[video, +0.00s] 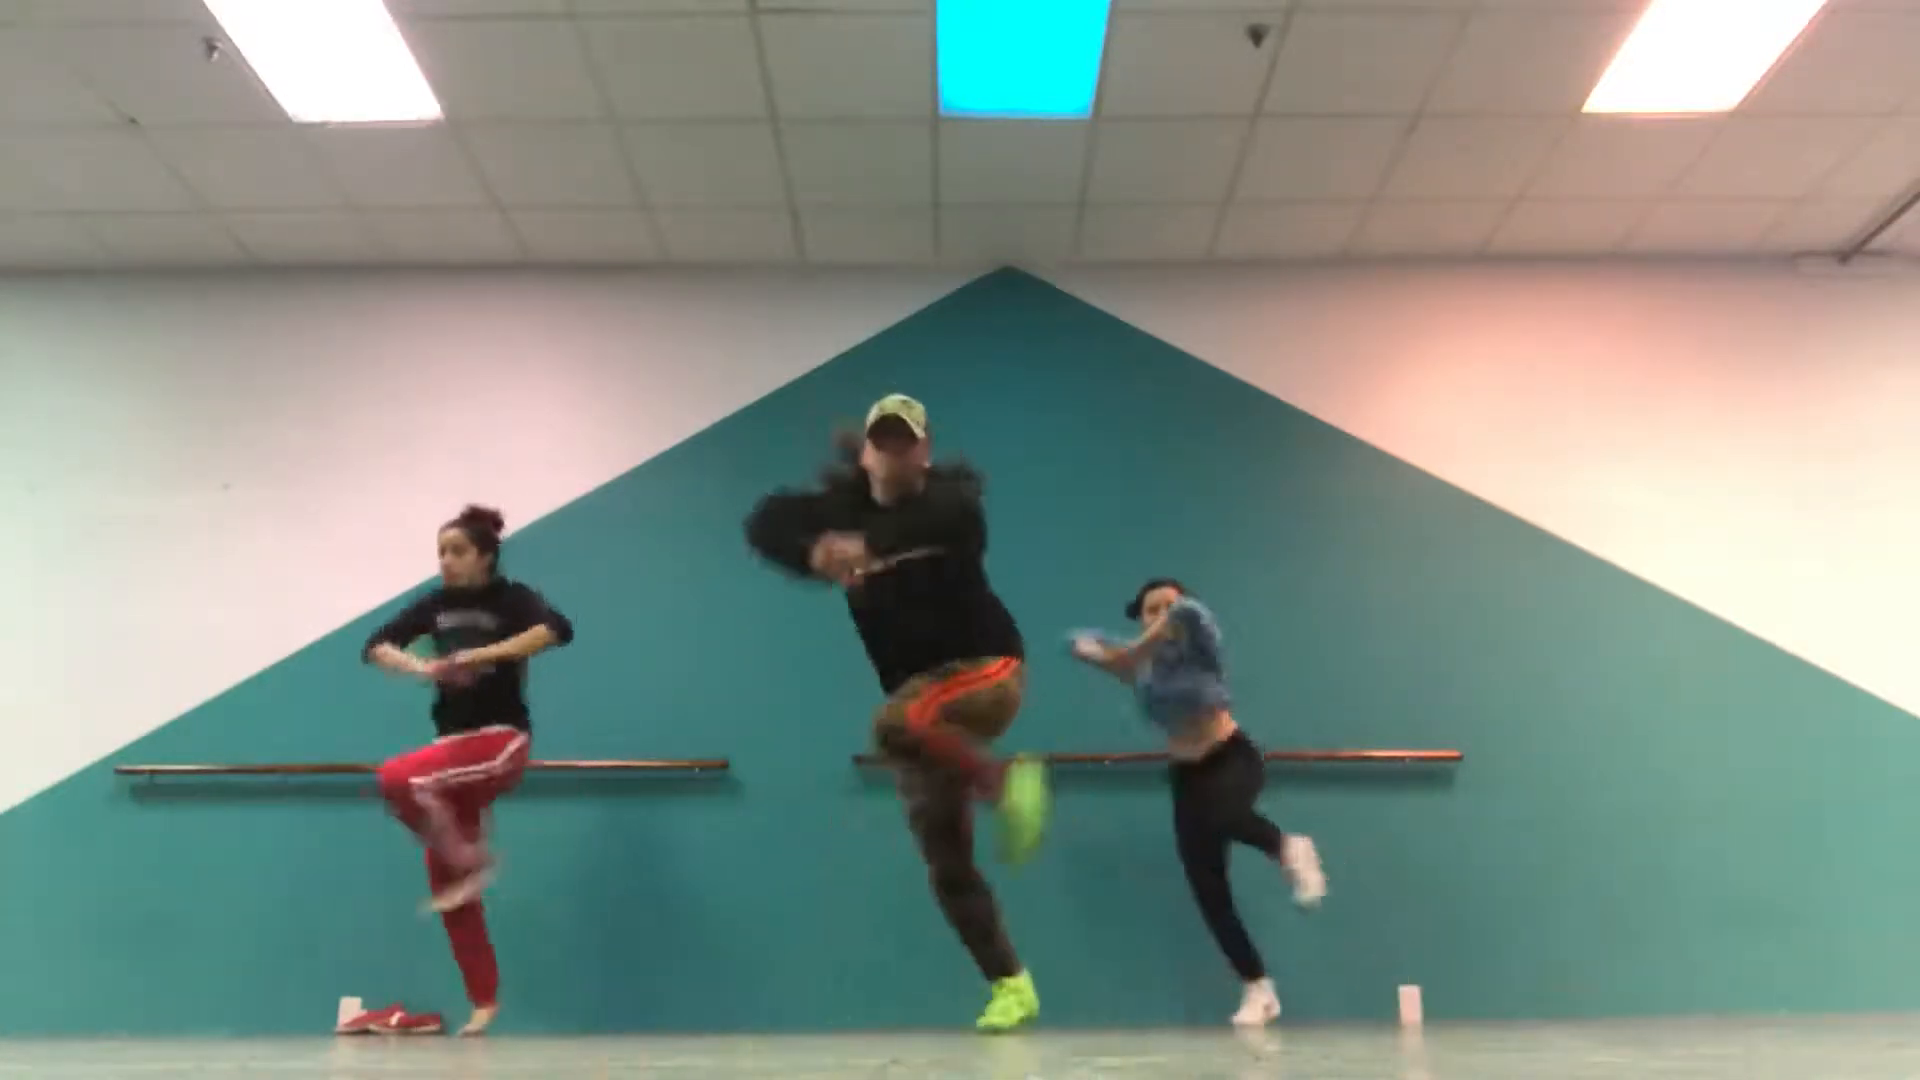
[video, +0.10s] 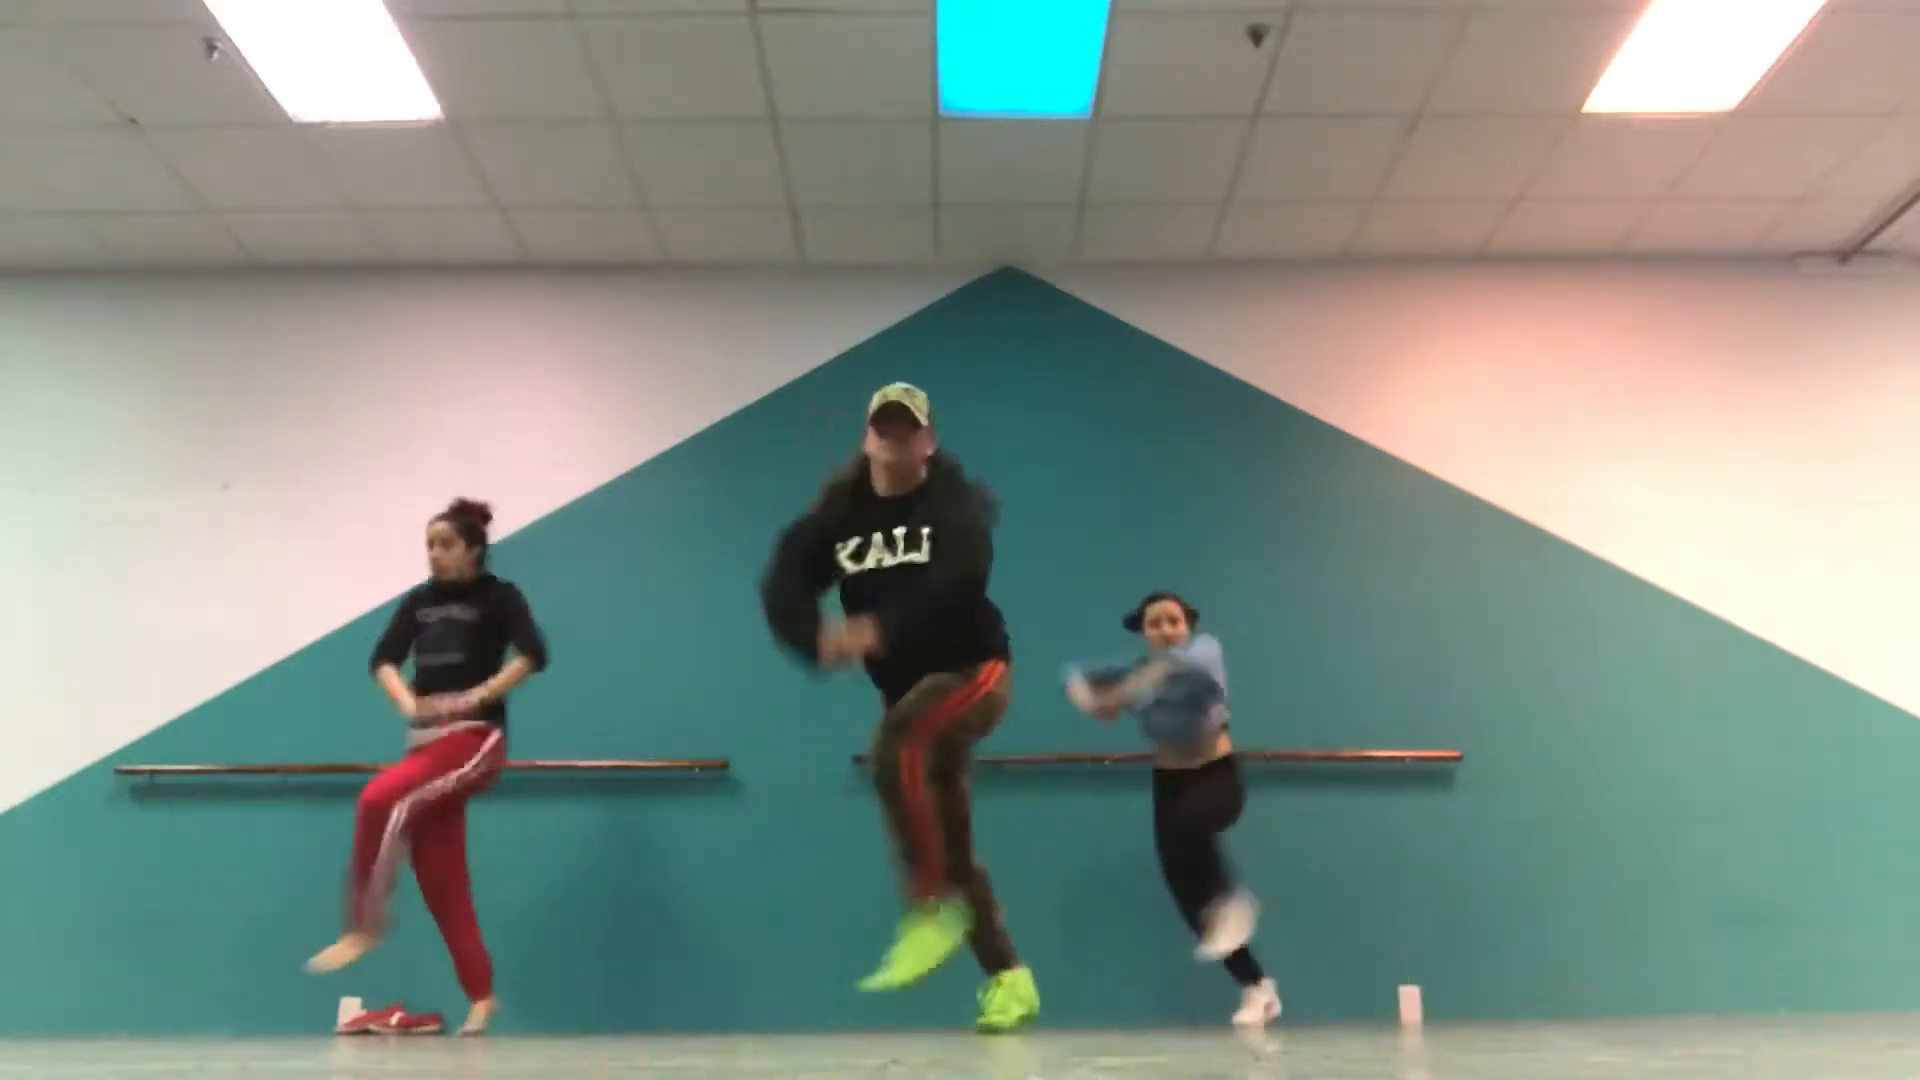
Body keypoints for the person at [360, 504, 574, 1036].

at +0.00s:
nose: (444, 561)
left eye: (454, 551)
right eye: (441, 552)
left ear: (484, 555)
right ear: (442, 556)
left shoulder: (511, 597)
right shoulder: (436, 603)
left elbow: (557, 630)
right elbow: (376, 647)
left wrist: (482, 656)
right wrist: (421, 667)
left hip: (503, 739)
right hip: (452, 745)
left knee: (400, 777)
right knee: (451, 879)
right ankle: (484, 998)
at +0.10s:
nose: (434, 554)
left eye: (444, 544)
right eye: (430, 544)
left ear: (474, 548)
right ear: (427, 549)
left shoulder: (500, 596)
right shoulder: (419, 600)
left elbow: (532, 655)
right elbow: (383, 662)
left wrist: (479, 695)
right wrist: (411, 705)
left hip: (476, 738)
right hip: (425, 741)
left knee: (379, 800)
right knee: (443, 877)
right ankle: (482, 994)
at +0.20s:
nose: (419, 562)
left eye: (429, 553)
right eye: (415, 553)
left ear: (460, 559)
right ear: (413, 558)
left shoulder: (481, 613)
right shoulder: (398, 615)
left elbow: (494, 686)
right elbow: (379, 685)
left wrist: (458, 738)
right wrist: (390, 744)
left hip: (445, 755)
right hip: (402, 753)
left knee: (361, 844)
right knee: (427, 884)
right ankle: (482, 993)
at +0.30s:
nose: (399, 587)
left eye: (411, 578)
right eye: (396, 577)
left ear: (439, 586)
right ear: (392, 582)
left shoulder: (452, 643)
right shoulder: (365, 638)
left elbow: (462, 719)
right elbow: (335, 710)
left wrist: (406, 767)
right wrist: (355, 775)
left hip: (413, 786)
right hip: (369, 785)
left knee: (326, 871)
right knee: (417, 908)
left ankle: (302, 1013)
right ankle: (491, 1000)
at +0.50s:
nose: (339, 562)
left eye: (350, 553)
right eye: (336, 553)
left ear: (380, 561)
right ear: (333, 559)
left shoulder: (397, 614)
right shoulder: (315, 603)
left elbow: (448, 671)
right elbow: (232, 637)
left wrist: (396, 645)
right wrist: (256, 626)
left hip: (360, 757)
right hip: (307, 761)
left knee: (309, 873)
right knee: (260, 877)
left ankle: (300, 1014)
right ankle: (360, 948)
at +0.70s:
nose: (287, 551)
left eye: (298, 541)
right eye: (284, 540)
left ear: (329, 549)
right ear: (282, 547)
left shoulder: (351, 607)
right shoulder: (267, 601)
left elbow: (403, 662)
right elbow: (189, 645)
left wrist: (364, 679)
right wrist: (105, 656)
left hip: (309, 757)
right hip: (246, 754)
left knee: (283, 856)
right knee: (167, 848)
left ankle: (284, 1000)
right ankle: (141, 985)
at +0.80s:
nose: (265, 575)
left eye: (278, 566)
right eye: (265, 564)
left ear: (308, 576)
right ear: (262, 570)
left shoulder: (325, 646)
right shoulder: (234, 631)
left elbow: (346, 726)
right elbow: (173, 701)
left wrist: (309, 781)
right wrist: (108, 755)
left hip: (275, 784)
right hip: (211, 780)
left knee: (248, 868)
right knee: (135, 878)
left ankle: (246, 1010)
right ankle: (112, 1011)